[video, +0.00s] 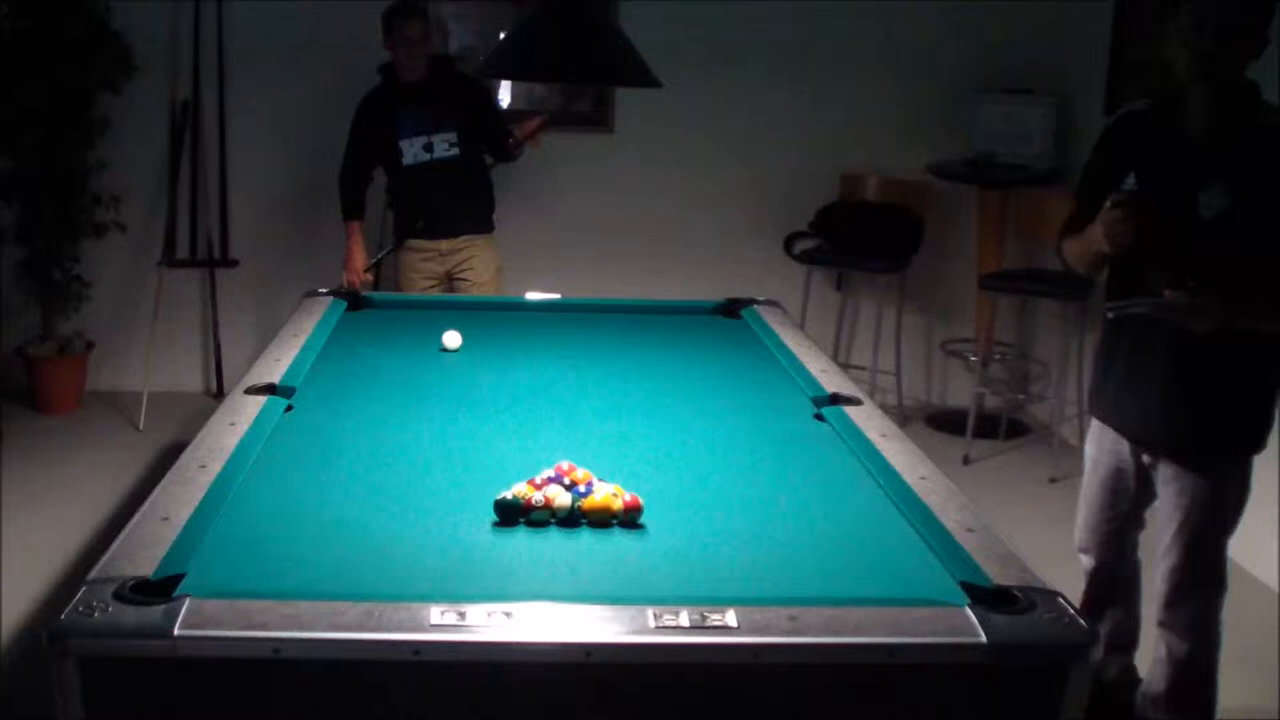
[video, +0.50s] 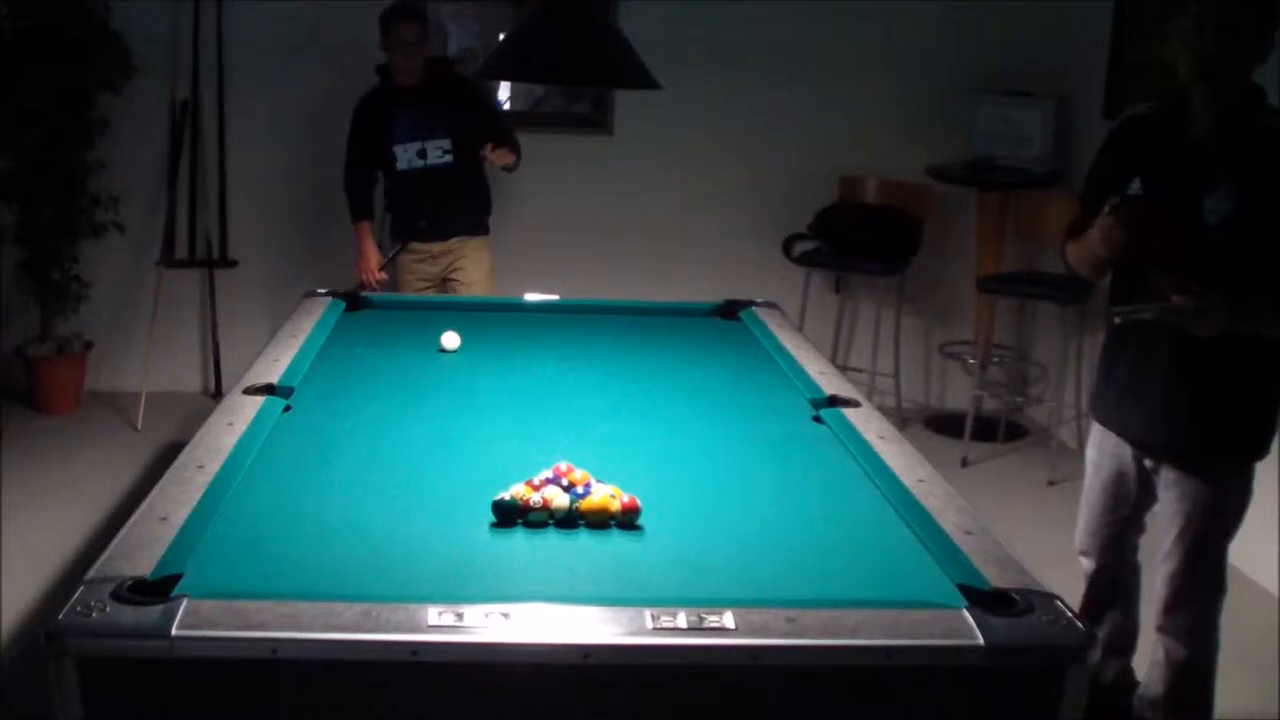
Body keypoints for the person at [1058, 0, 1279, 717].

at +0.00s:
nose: (1200, 51)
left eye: (1218, 33)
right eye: (1189, 32)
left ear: (1250, 43)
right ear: (1169, 40)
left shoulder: (1269, 142)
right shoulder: (1136, 129)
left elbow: (1273, 283)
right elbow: (1072, 252)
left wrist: (1213, 301)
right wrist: (1096, 239)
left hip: (1220, 389)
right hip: (1126, 375)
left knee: (1184, 588)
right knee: (1098, 557)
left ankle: (1175, 712)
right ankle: (1099, 696)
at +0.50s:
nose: (1203, 56)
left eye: (1221, 38)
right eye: (1193, 36)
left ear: (1253, 47)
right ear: (1172, 45)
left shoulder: (1272, 148)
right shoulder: (1141, 133)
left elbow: (1274, 288)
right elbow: (1078, 257)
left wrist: (1216, 302)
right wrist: (1099, 242)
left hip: (1224, 397)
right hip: (1129, 379)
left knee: (1183, 597)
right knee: (1099, 557)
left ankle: (1171, 710)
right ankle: (1099, 692)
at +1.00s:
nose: (1195, 50)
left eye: (1212, 31)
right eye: (1187, 31)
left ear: (1249, 43)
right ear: (1173, 42)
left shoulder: (1274, 147)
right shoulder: (1150, 135)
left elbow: (1275, 292)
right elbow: (1088, 258)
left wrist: (1209, 300)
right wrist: (1108, 243)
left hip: (1224, 404)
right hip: (1133, 386)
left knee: (1187, 596)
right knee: (1102, 562)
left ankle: (1173, 711)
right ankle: (1100, 698)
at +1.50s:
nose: (1133, 70)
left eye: (1146, 51)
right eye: (1134, 51)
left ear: (1192, 56)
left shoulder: (1252, 152)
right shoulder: (1172, 139)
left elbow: (1239, 295)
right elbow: (1158, 256)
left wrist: (1109, 274)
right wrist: (1089, 248)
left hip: (1196, 408)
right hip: (1135, 389)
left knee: (1185, 588)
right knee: (1109, 548)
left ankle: (1177, 708)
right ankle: (1098, 675)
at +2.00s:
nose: (1081, 69)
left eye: (1091, 52)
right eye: (1082, 52)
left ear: (1128, 52)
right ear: (1144, 49)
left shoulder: (1156, 128)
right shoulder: (1153, 120)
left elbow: (1134, 264)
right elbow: (1119, 224)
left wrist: (1028, 245)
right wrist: (1034, 210)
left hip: (1126, 373)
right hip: (1131, 368)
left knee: (1092, 539)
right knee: (1095, 533)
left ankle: (1122, 695)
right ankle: (1111, 684)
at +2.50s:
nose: (1019, 75)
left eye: (1028, 60)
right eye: (1018, 61)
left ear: (1063, 59)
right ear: (1081, 55)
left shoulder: (1085, 134)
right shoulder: (1106, 126)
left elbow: (1069, 265)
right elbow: (1060, 231)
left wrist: (974, 242)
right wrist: (978, 217)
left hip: (1065, 372)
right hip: (1102, 367)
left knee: (1015, 528)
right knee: (1080, 521)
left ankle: (1005, 674)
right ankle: (1093, 661)